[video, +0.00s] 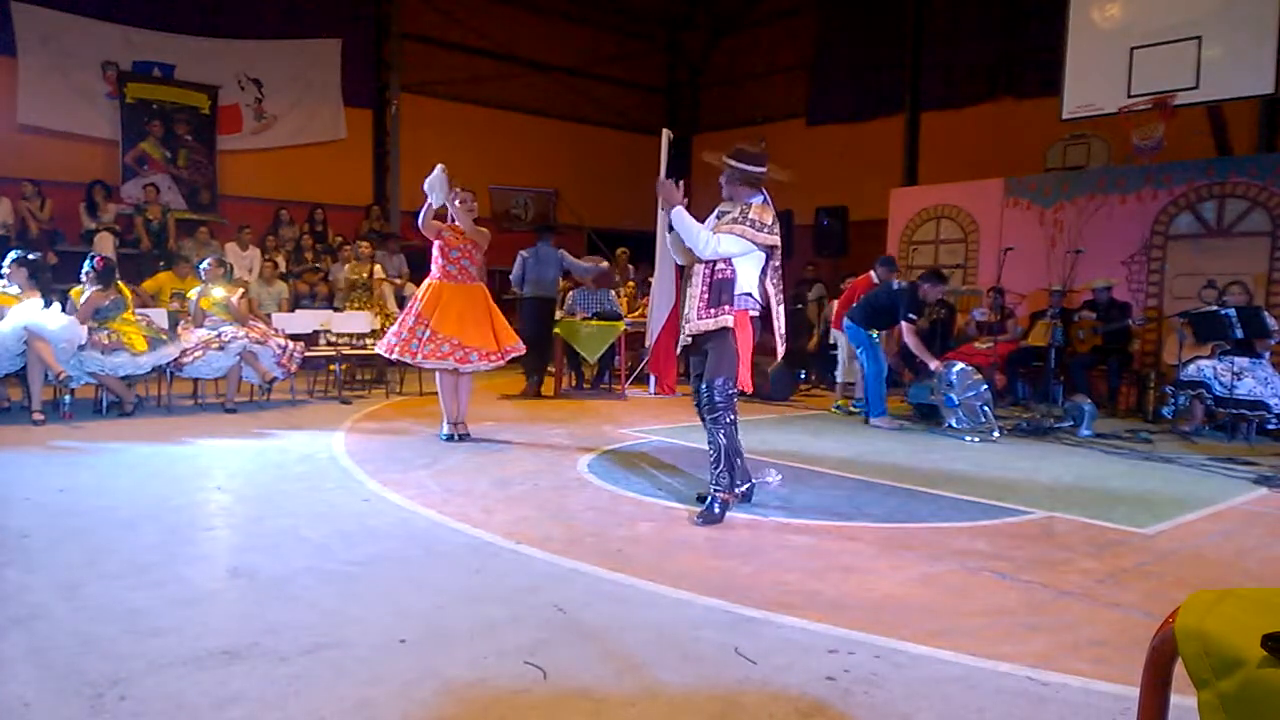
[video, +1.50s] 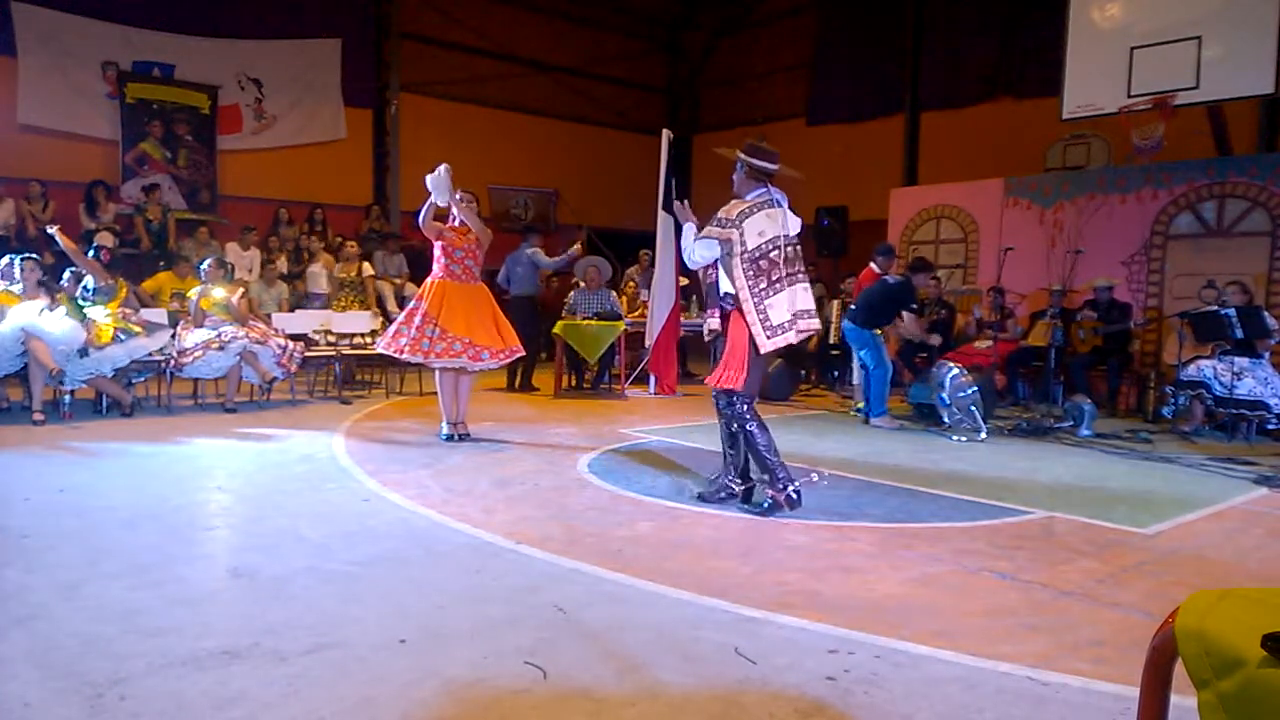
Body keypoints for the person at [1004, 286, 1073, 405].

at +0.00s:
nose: (1055, 300)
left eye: (1058, 296)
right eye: (1053, 296)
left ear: (1063, 297)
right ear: (1049, 297)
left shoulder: (1068, 314)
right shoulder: (1036, 315)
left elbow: (1068, 340)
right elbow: (1028, 335)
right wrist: (1024, 342)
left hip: (1055, 349)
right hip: (1035, 348)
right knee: (1012, 358)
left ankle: (1042, 398)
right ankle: (1012, 395)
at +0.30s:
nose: (1055, 299)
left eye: (1059, 296)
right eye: (1053, 296)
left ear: (1063, 297)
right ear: (1049, 297)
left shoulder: (1068, 314)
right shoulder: (1037, 315)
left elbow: (1068, 339)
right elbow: (1028, 334)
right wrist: (1024, 342)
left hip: (1055, 349)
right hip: (1035, 348)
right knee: (1012, 358)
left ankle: (1042, 398)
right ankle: (1013, 395)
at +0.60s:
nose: (1056, 299)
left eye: (1059, 296)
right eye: (1053, 296)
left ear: (1063, 297)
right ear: (1049, 296)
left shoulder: (1068, 314)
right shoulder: (1037, 315)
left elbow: (1067, 339)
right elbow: (1028, 334)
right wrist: (1024, 341)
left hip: (1056, 349)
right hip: (1036, 348)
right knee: (1013, 357)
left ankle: (1042, 399)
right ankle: (1013, 395)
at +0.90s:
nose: (1056, 299)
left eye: (1059, 296)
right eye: (1053, 296)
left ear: (1063, 297)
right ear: (1049, 296)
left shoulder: (1068, 314)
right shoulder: (1037, 315)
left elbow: (1068, 339)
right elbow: (1028, 334)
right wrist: (1024, 341)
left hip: (1055, 349)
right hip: (1035, 348)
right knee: (1013, 358)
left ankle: (1042, 398)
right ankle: (1012, 395)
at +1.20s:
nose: (1056, 299)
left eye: (1059, 296)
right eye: (1053, 296)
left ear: (1064, 297)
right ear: (1049, 296)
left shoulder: (1069, 314)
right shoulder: (1037, 315)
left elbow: (1068, 339)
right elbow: (1028, 335)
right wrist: (1024, 342)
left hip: (1056, 349)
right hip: (1036, 348)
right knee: (1012, 358)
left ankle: (1042, 398)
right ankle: (1012, 395)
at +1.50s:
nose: (1056, 299)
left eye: (1059, 296)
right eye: (1054, 296)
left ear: (1064, 297)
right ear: (1049, 296)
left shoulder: (1069, 314)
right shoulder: (1036, 315)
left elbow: (1068, 339)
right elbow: (1028, 335)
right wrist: (1024, 342)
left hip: (1056, 349)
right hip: (1036, 348)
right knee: (1012, 358)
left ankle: (1041, 399)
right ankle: (1013, 395)